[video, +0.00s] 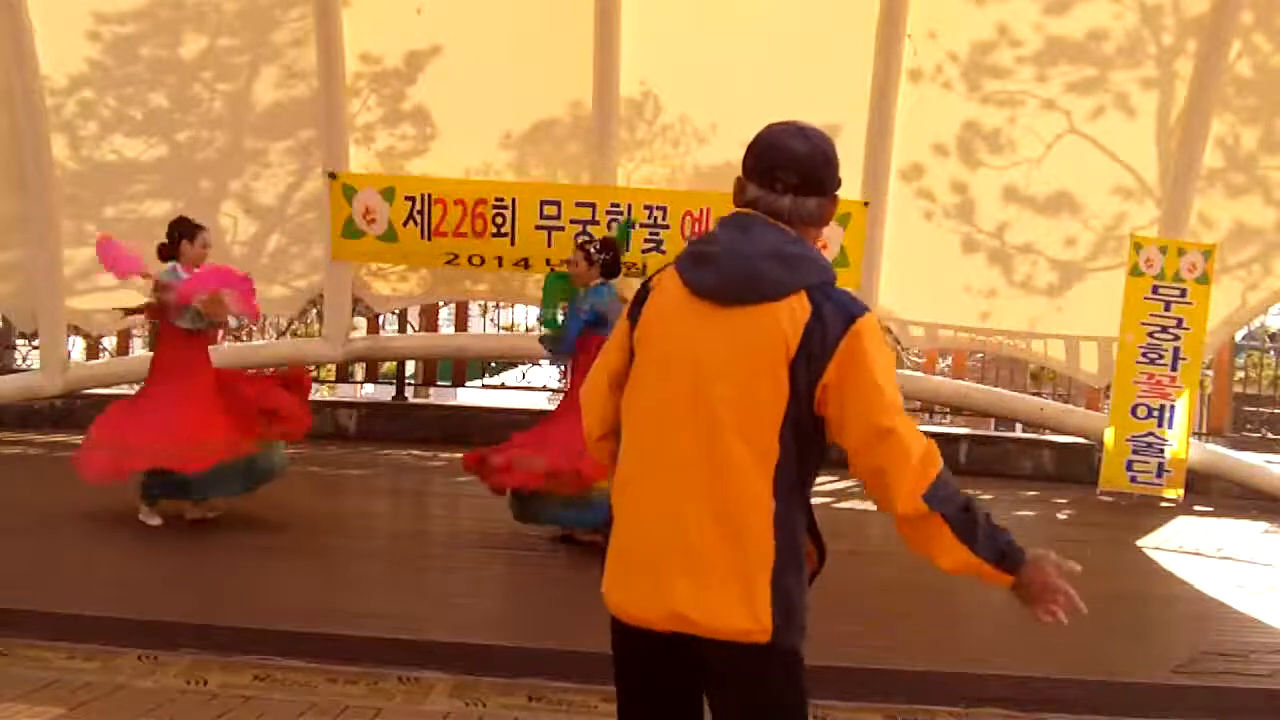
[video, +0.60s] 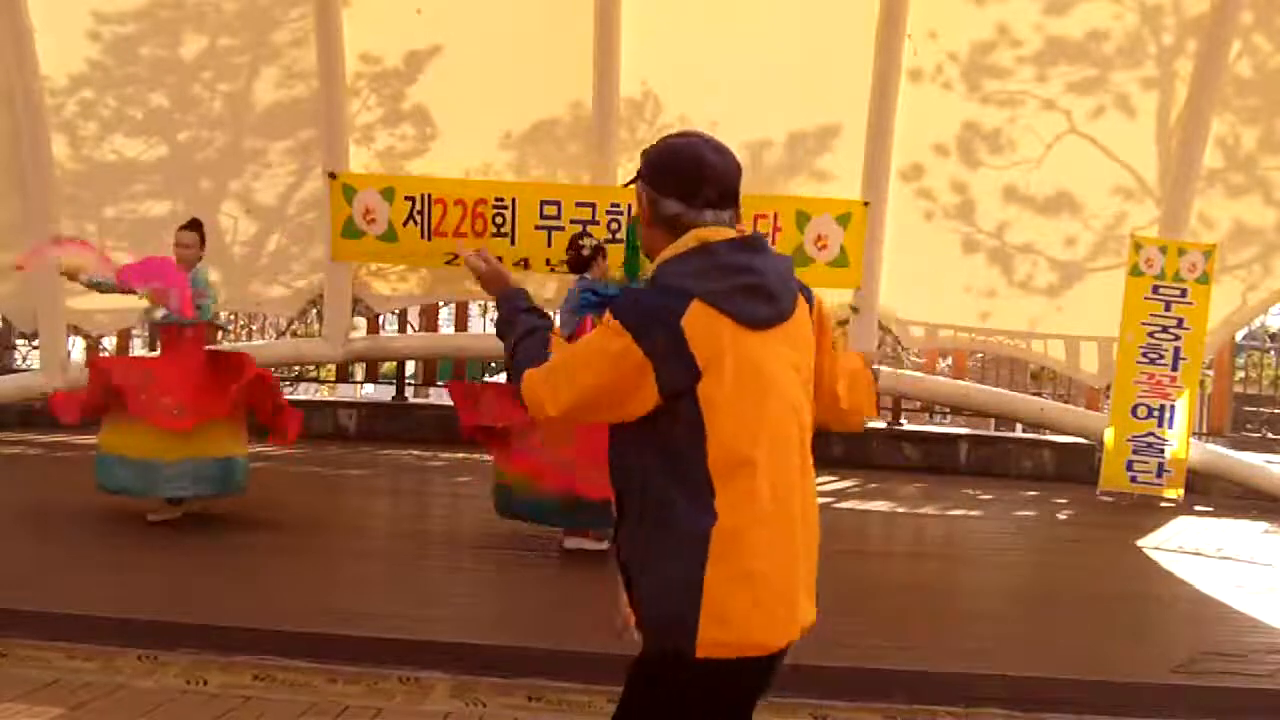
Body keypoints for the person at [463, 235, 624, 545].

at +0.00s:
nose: (570, 268)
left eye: (576, 262)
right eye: (572, 261)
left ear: (594, 267)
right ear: (597, 269)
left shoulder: (589, 299)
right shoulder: (607, 296)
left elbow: (565, 344)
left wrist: (547, 338)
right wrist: (560, 334)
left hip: (588, 389)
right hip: (602, 385)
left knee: (580, 451)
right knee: (594, 450)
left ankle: (589, 525)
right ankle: (586, 523)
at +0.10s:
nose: (580, 269)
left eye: (588, 264)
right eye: (580, 263)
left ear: (607, 269)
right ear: (577, 264)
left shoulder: (608, 300)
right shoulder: (579, 297)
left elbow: (598, 343)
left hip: (592, 379)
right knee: (559, 434)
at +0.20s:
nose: (597, 271)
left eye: (605, 267)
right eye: (594, 264)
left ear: (617, 272)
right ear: (587, 265)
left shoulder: (621, 304)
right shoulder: (574, 292)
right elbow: (537, 283)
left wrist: (571, 342)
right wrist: (495, 273)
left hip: (603, 384)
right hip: (570, 380)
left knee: (590, 450)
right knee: (558, 445)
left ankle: (581, 525)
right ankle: (560, 520)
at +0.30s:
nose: (609, 272)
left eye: (615, 265)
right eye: (603, 266)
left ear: (626, 264)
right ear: (592, 267)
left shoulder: (640, 294)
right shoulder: (583, 290)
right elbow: (536, 284)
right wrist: (489, 272)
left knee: (604, 453)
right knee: (568, 446)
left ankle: (587, 525)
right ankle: (560, 522)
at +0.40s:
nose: (620, 267)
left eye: (622, 261)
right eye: (614, 261)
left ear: (618, 262)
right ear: (596, 262)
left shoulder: (627, 292)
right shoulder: (583, 289)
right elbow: (556, 284)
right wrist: (524, 276)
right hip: (575, 375)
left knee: (601, 455)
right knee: (583, 452)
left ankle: (589, 527)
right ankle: (579, 526)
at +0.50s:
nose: (618, 268)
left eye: (617, 261)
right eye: (615, 261)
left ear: (593, 262)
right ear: (601, 262)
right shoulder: (596, 297)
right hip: (588, 381)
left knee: (577, 456)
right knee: (590, 455)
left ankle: (576, 527)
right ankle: (582, 528)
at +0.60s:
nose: (607, 265)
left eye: (604, 259)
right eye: (604, 260)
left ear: (577, 264)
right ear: (597, 262)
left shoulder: (573, 297)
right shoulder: (598, 296)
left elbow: (564, 334)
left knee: (583, 456)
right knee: (597, 459)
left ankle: (577, 526)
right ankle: (592, 526)